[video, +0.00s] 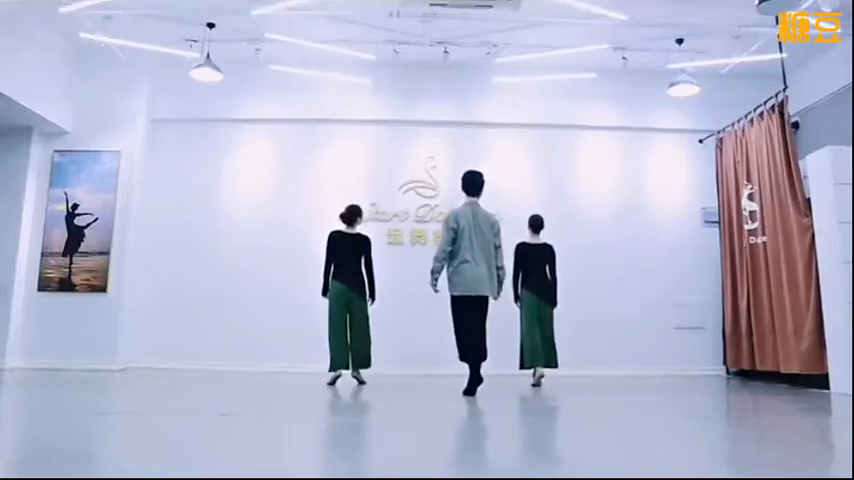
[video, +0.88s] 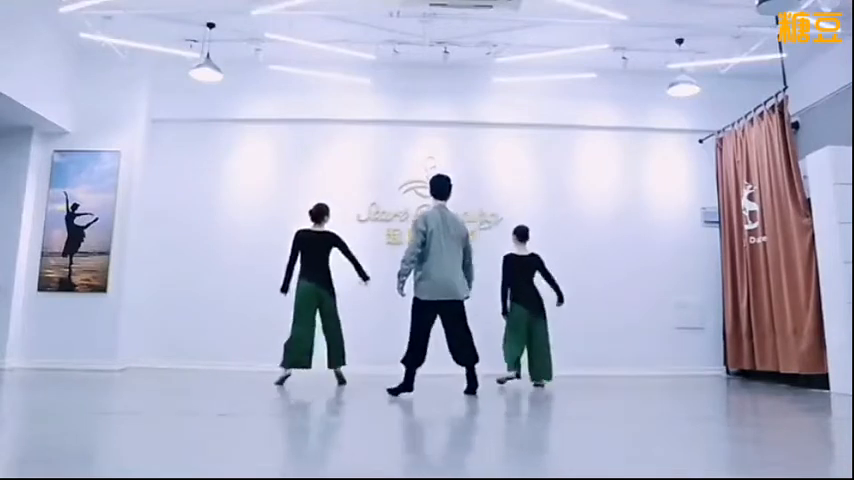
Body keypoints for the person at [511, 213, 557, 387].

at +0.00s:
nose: (532, 229)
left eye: (531, 226)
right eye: (536, 226)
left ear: (528, 227)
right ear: (542, 228)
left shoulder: (521, 247)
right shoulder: (548, 248)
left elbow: (516, 272)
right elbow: (553, 274)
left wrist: (515, 293)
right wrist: (554, 296)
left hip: (528, 291)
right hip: (545, 292)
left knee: (531, 329)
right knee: (543, 329)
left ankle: (538, 367)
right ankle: (539, 368)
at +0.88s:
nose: (512, 239)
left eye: (512, 236)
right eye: (515, 236)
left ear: (514, 238)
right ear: (527, 239)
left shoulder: (508, 259)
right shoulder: (534, 258)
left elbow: (505, 285)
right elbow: (547, 277)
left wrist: (504, 306)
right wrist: (559, 293)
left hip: (518, 303)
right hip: (535, 303)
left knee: (513, 337)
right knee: (538, 339)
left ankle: (513, 369)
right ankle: (538, 377)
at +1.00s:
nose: (503, 232)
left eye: (503, 230)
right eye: (504, 229)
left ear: (506, 230)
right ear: (518, 230)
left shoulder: (500, 249)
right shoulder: (525, 248)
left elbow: (494, 274)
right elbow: (542, 256)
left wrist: (492, 295)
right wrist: (553, 263)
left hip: (506, 296)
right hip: (524, 297)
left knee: (499, 332)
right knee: (531, 334)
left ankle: (489, 367)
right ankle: (537, 371)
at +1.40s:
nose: (480, 244)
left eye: (479, 242)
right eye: (483, 242)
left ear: (478, 241)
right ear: (492, 241)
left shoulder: (473, 257)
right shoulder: (500, 258)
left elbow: (468, 283)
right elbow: (498, 278)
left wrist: (464, 306)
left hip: (477, 300)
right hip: (496, 301)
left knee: (474, 336)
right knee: (489, 337)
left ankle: (478, 372)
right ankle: (484, 371)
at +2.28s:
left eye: (466, 233)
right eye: (474, 235)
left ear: (463, 234)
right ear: (476, 236)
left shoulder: (455, 254)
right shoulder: (481, 252)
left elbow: (450, 281)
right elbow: (494, 240)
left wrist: (451, 303)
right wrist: (480, 234)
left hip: (463, 295)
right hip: (480, 294)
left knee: (467, 333)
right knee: (479, 334)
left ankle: (478, 371)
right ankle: (467, 374)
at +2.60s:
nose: (471, 235)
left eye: (468, 231)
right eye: (474, 232)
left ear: (463, 233)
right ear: (478, 235)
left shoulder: (455, 254)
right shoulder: (481, 253)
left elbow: (451, 280)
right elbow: (483, 239)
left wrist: (451, 302)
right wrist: (483, 223)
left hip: (462, 295)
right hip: (479, 295)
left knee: (467, 333)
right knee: (479, 333)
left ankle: (478, 370)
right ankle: (465, 373)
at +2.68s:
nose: (470, 235)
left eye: (467, 232)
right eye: (473, 232)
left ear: (463, 233)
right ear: (477, 235)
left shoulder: (455, 254)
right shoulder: (481, 253)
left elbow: (450, 280)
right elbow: (482, 240)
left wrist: (451, 302)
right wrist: (481, 224)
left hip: (462, 295)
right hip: (479, 295)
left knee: (467, 334)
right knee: (479, 333)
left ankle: (478, 370)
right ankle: (470, 373)